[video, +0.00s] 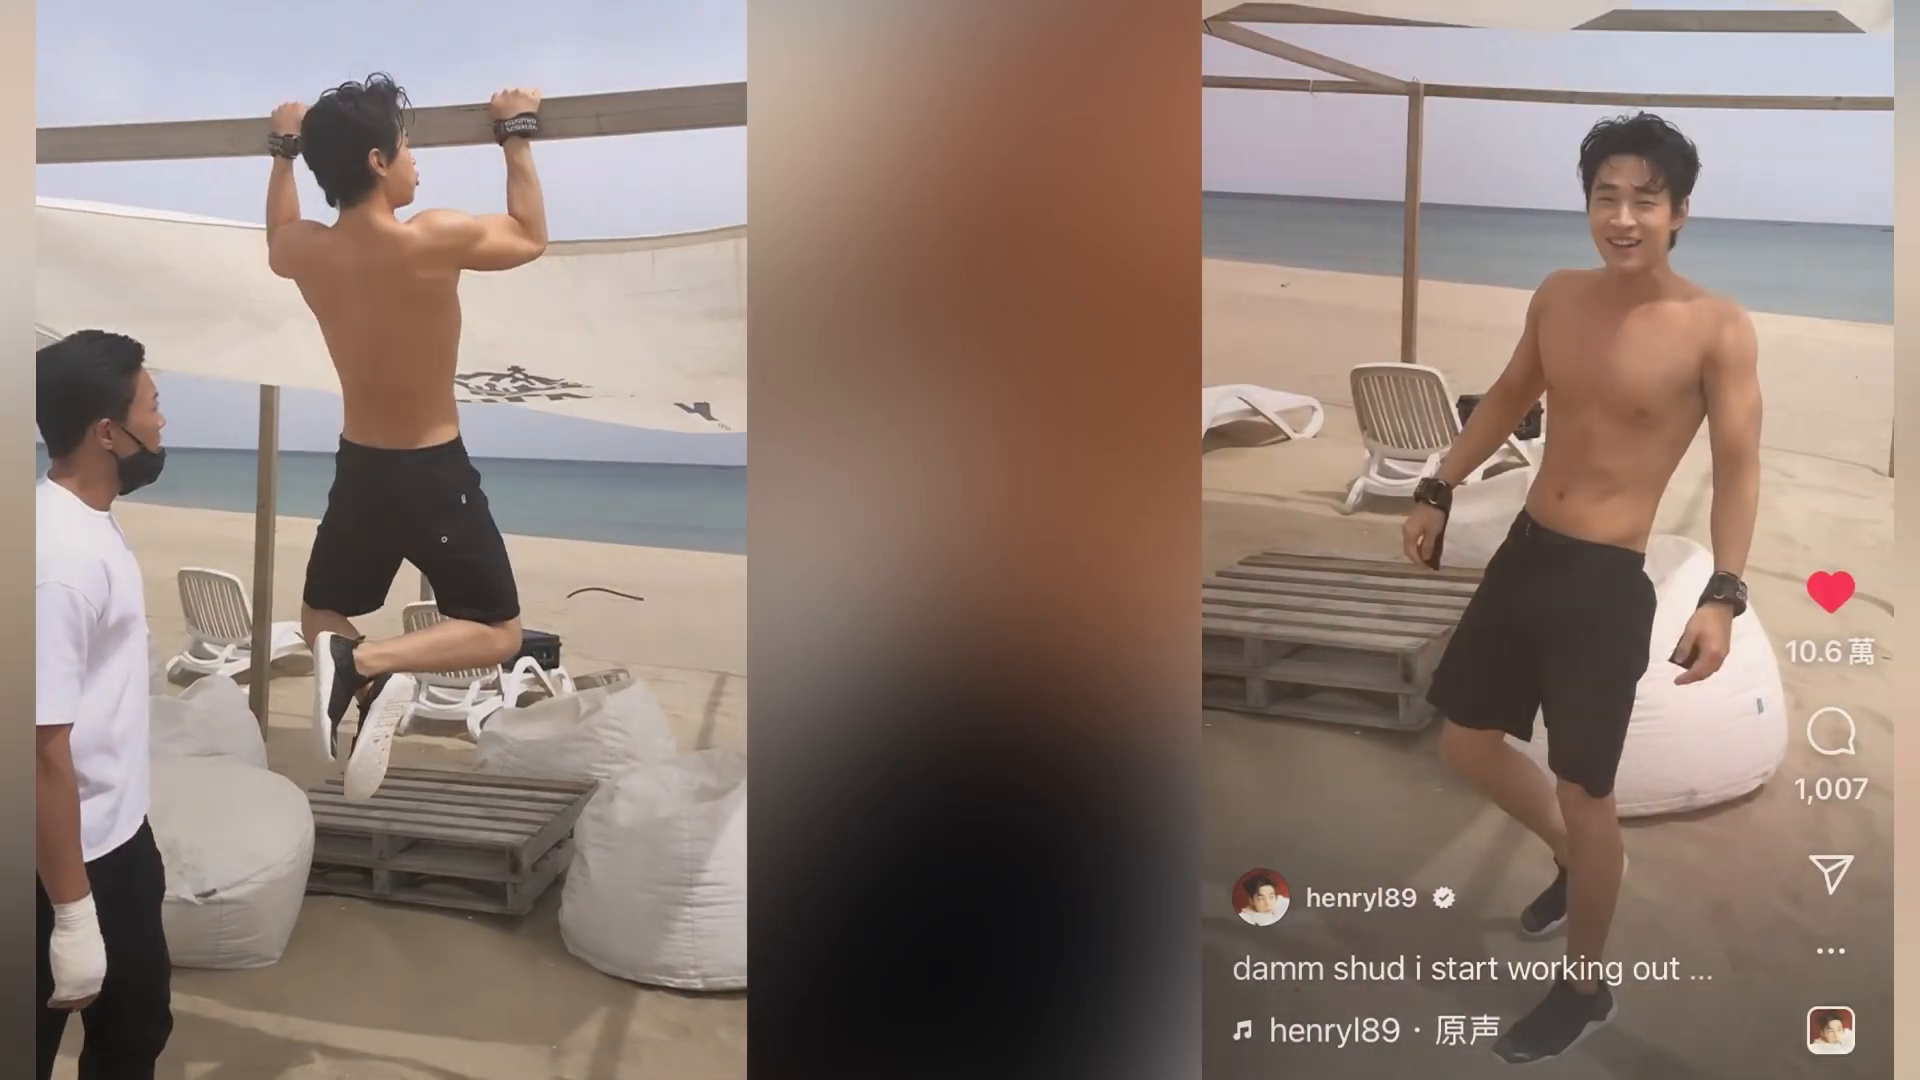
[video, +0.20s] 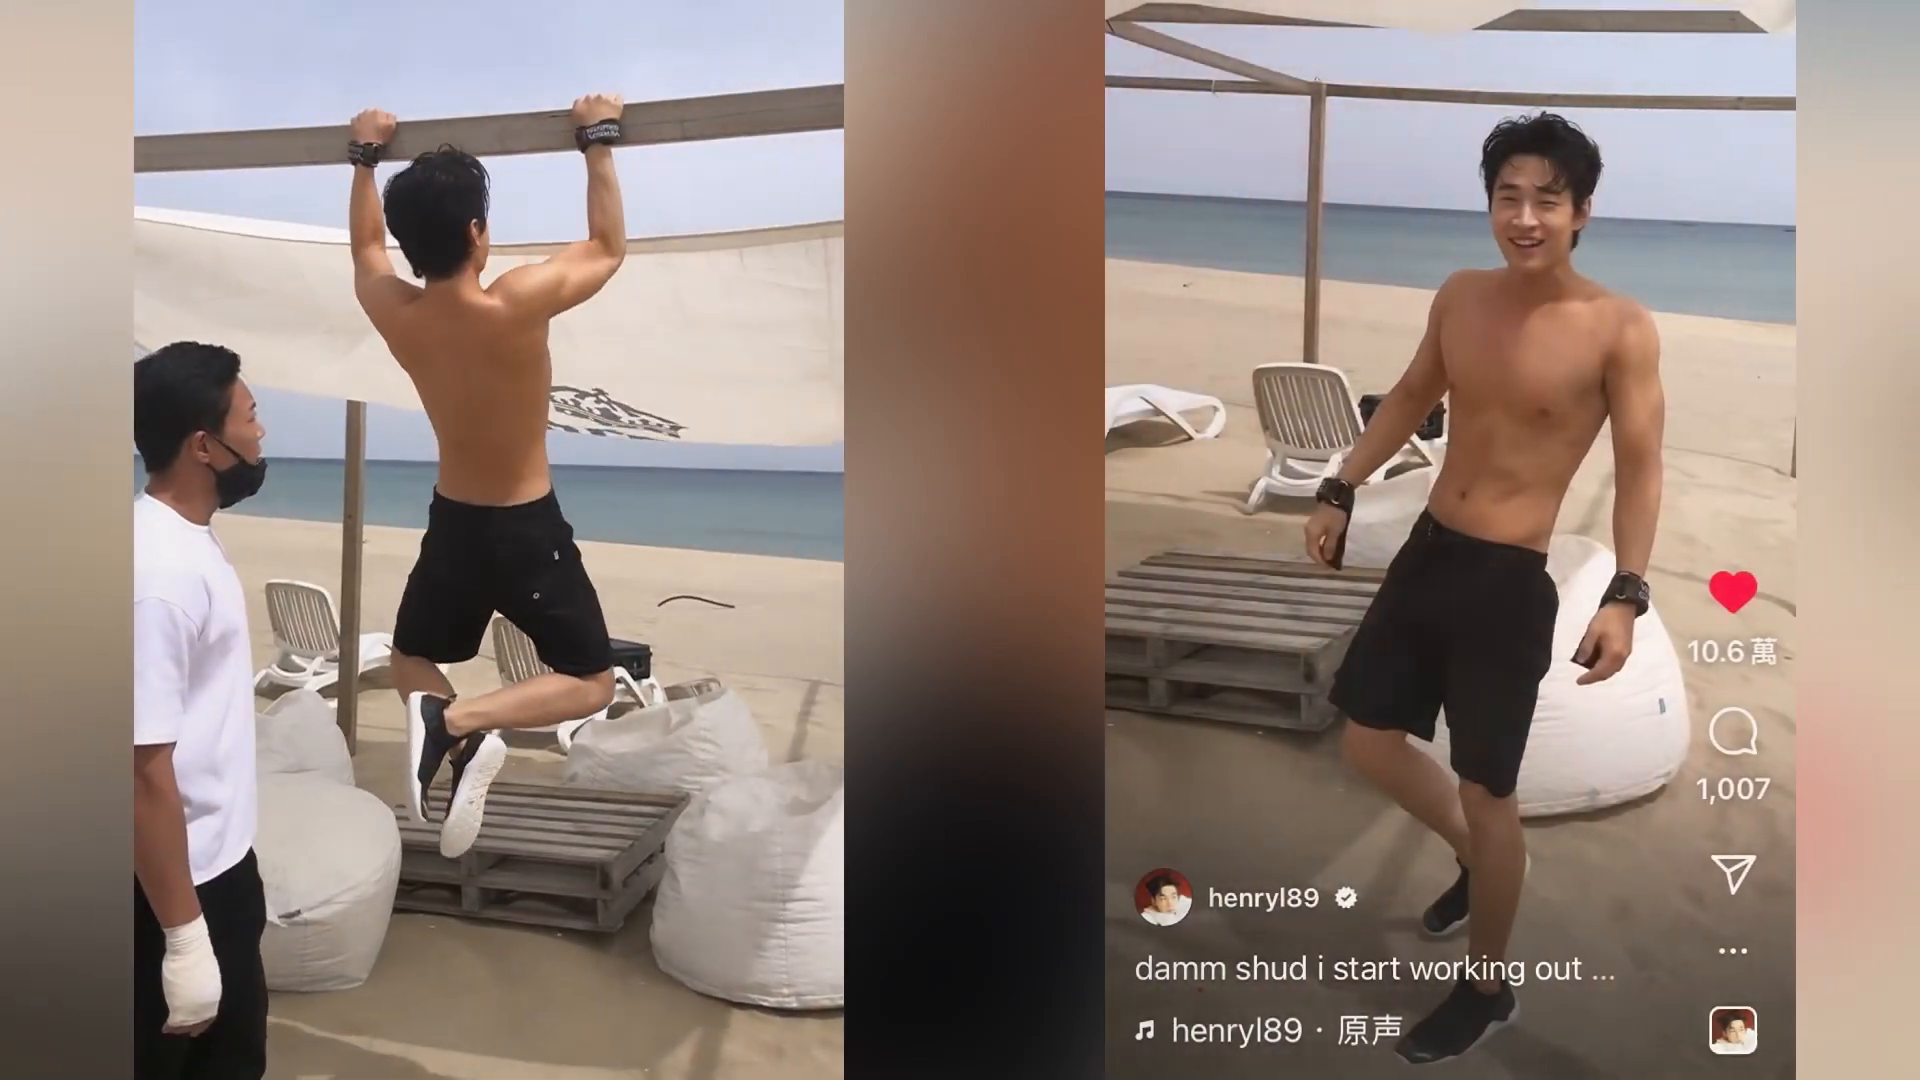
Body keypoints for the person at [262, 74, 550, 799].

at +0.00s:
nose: (414, 157)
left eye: (408, 142)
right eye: (404, 145)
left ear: (333, 169)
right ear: (378, 161)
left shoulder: (308, 250)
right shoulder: (433, 237)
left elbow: (281, 238)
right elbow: (529, 235)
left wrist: (282, 152)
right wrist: (519, 135)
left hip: (360, 475)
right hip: (436, 476)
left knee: (323, 614)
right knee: (500, 632)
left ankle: (370, 706)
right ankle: (363, 660)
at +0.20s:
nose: (489, 224)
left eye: (484, 214)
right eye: (485, 215)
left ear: (407, 241)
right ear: (477, 233)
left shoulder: (401, 314)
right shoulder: (523, 299)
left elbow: (371, 248)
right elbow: (606, 248)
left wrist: (362, 160)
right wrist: (600, 144)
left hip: (454, 529)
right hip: (529, 529)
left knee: (411, 659)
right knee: (592, 683)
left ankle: (470, 749)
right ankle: (450, 719)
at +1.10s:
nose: (494, 111)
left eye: (489, 100)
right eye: (491, 100)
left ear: (397, 123)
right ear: (481, 113)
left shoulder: (366, 213)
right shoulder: (521, 206)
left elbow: (343, 287)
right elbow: (618, 276)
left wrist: (351, 182)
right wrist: (611, 165)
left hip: (434, 489)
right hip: (523, 484)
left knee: (404, 651)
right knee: (621, 648)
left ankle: (479, 733)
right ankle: (468, 701)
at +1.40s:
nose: (459, 95)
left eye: (448, 83)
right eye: (457, 84)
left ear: (363, 104)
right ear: (448, 98)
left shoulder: (327, 201)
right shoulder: (490, 193)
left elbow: (295, 294)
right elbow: (579, 289)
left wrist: (311, 185)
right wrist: (575, 180)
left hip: (377, 488)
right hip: (474, 487)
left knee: (328, 674)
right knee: (569, 675)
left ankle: (421, 770)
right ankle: (398, 719)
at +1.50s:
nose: (445, 123)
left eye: (437, 111)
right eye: (443, 111)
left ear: (345, 133)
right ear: (434, 125)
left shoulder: (313, 228)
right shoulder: (481, 224)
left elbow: (282, 302)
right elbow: (575, 297)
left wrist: (294, 194)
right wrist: (568, 184)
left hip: (364, 517)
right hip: (462, 518)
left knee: (310, 709)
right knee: (551, 714)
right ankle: (376, 752)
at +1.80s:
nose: (428, 243)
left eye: (420, 232)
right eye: (425, 232)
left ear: (335, 256)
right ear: (418, 248)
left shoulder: (312, 350)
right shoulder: (466, 337)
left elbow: (279, 309)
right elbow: (568, 317)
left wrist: (282, 211)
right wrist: (557, 204)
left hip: (358, 615)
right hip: (450, 619)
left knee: (293, 791)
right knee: (518, 827)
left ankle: (333, 903)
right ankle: (337, 850)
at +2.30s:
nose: (500, 340)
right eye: (495, 331)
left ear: (411, 357)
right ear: (492, 350)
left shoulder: (394, 434)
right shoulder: (538, 423)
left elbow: (356, 341)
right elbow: (619, 345)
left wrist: (347, 236)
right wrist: (616, 227)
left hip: (438, 687)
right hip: (527, 693)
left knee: (372, 851)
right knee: (585, 883)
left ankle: (445, 956)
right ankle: (433, 919)